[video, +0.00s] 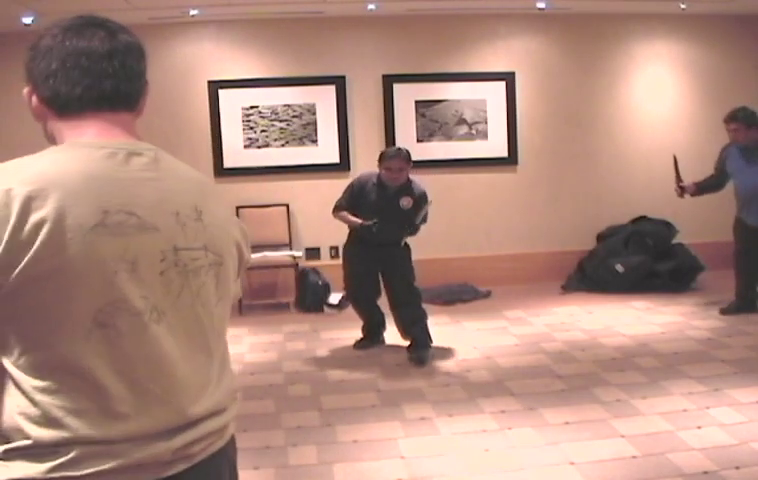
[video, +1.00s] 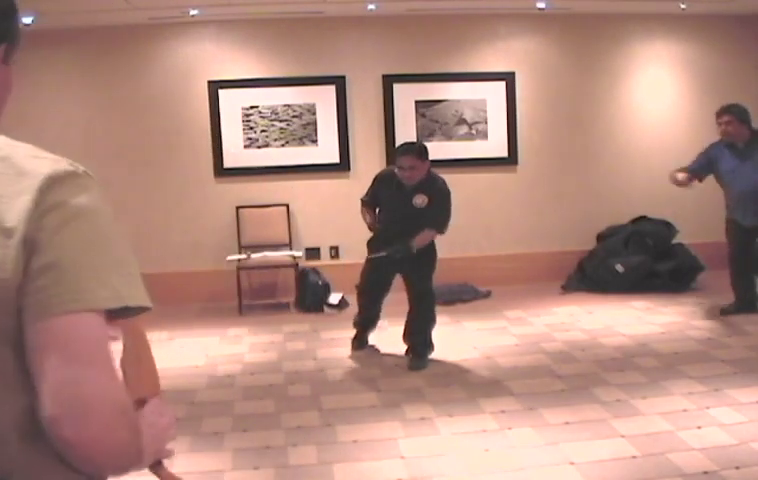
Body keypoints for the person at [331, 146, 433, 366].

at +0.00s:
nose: (393, 175)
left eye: (399, 170)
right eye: (388, 169)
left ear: (409, 170)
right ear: (379, 168)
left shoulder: (417, 194)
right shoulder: (364, 182)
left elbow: (413, 229)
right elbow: (338, 210)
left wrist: (408, 213)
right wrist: (358, 222)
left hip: (393, 248)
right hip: (360, 247)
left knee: (404, 296)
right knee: (359, 294)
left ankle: (419, 344)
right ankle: (373, 331)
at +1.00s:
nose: (405, 174)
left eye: (411, 168)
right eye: (400, 168)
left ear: (426, 166)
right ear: (395, 165)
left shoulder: (438, 188)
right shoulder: (385, 179)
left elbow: (435, 227)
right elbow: (367, 203)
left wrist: (409, 247)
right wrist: (372, 222)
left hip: (418, 246)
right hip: (383, 242)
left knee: (421, 298)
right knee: (369, 291)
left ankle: (418, 350)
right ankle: (362, 329)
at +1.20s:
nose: (405, 169)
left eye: (411, 163)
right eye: (400, 163)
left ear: (424, 161)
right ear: (394, 162)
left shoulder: (437, 185)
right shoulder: (383, 179)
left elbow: (453, 223)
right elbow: (361, 209)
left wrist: (438, 254)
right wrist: (367, 243)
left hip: (420, 249)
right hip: (384, 248)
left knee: (423, 302)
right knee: (369, 294)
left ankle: (419, 350)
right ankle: (362, 329)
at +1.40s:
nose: (402, 165)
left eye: (407, 159)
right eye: (396, 160)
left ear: (419, 158)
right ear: (389, 160)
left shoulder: (431, 181)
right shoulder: (377, 179)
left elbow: (459, 211)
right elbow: (347, 207)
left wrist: (457, 241)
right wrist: (339, 242)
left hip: (419, 248)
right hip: (383, 249)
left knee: (423, 301)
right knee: (378, 299)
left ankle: (420, 351)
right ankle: (374, 344)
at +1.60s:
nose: (395, 166)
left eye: (400, 160)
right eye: (389, 161)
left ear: (408, 158)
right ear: (378, 162)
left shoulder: (420, 179)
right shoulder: (366, 180)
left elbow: (447, 205)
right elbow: (335, 212)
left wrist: (441, 226)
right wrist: (327, 243)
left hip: (415, 249)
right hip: (380, 250)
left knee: (421, 300)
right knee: (382, 301)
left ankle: (421, 350)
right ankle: (380, 350)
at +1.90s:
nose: (392, 169)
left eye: (397, 163)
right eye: (386, 164)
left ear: (403, 159)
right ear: (373, 163)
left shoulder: (412, 177)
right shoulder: (358, 182)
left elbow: (428, 204)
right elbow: (328, 215)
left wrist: (409, 217)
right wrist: (324, 246)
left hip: (407, 244)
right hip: (375, 247)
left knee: (419, 296)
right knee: (380, 301)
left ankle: (422, 346)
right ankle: (380, 350)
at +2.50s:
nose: (399, 171)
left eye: (402, 165)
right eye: (392, 167)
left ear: (408, 160)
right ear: (378, 164)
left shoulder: (418, 178)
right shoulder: (362, 182)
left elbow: (446, 202)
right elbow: (334, 215)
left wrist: (432, 218)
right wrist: (330, 245)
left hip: (412, 246)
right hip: (379, 247)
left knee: (419, 297)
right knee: (380, 301)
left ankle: (421, 346)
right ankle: (381, 350)